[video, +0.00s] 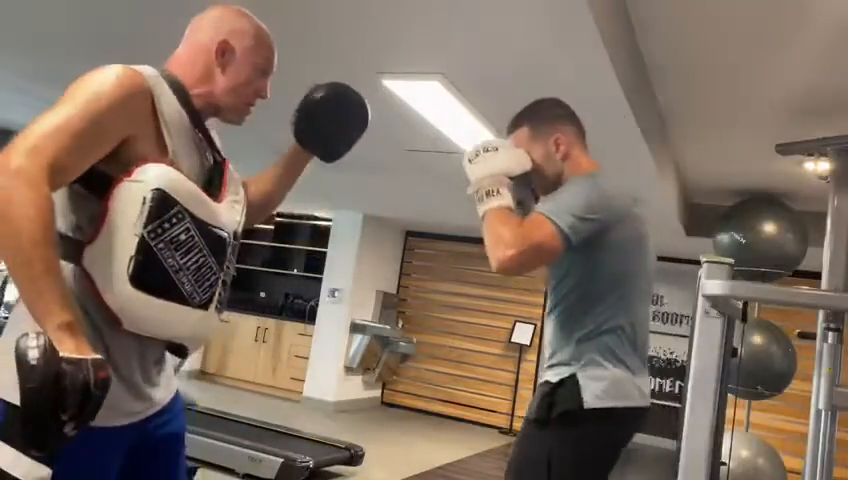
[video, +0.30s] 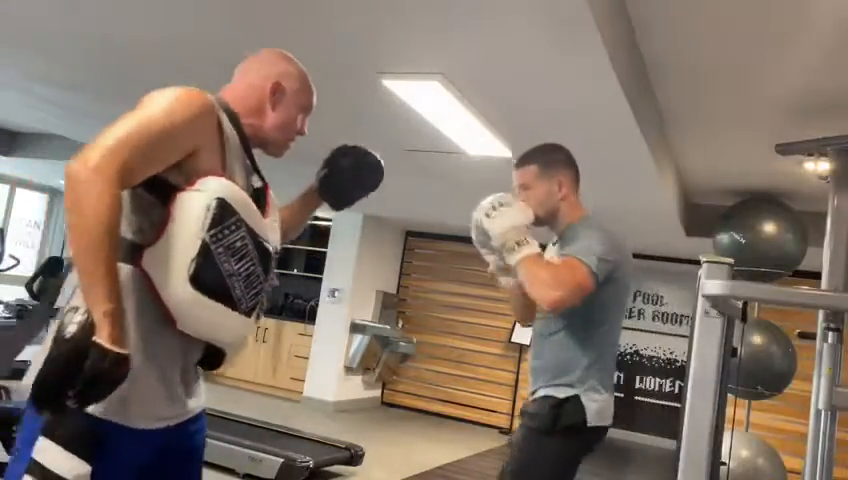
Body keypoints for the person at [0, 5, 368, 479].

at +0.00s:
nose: (265, 92)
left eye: (268, 78)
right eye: (263, 73)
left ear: (223, 54)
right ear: (223, 53)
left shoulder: (201, 143)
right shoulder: (124, 91)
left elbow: (249, 205)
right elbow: (18, 173)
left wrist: (307, 144)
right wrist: (66, 333)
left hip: (158, 398)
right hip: (83, 402)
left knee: (167, 475)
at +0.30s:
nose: (304, 128)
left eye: (308, 117)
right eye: (304, 111)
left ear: (268, 96)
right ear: (274, 93)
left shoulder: (248, 175)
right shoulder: (191, 109)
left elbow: (266, 237)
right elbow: (90, 172)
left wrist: (320, 194)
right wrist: (107, 325)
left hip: (177, 412)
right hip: (102, 408)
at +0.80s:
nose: (324, 135)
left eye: (328, 123)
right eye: (325, 118)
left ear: (294, 102)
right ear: (301, 102)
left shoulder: (270, 166)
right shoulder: (237, 114)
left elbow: (248, 230)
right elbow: (180, 182)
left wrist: (320, 227)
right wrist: (239, 308)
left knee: (199, 469)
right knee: (122, 471)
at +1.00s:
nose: (313, 113)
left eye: (317, 99)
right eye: (315, 94)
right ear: (287, 77)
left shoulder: (248, 142)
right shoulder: (218, 103)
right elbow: (172, 206)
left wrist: (297, 221)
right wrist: (247, 341)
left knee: (184, 465)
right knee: (132, 467)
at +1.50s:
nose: (319, 110)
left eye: (325, 100)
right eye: (322, 95)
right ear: (295, 77)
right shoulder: (229, 100)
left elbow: (274, 197)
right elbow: (186, 200)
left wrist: (331, 147)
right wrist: (239, 348)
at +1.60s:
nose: (326, 126)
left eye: (332, 114)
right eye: (329, 110)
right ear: (304, 90)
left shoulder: (267, 150)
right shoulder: (243, 105)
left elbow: (288, 213)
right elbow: (186, 176)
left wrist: (344, 170)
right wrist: (218, 322)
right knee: (132, 471)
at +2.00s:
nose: (343, 143)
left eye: (349, 132)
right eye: (345, 126)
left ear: (316, 108)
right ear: (323, 107)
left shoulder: (290, 170)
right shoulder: (265, 112)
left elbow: (298, 242)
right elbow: (209, 166)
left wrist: (353, 195)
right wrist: (277, 285)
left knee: (202, 462)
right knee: (147, 463)